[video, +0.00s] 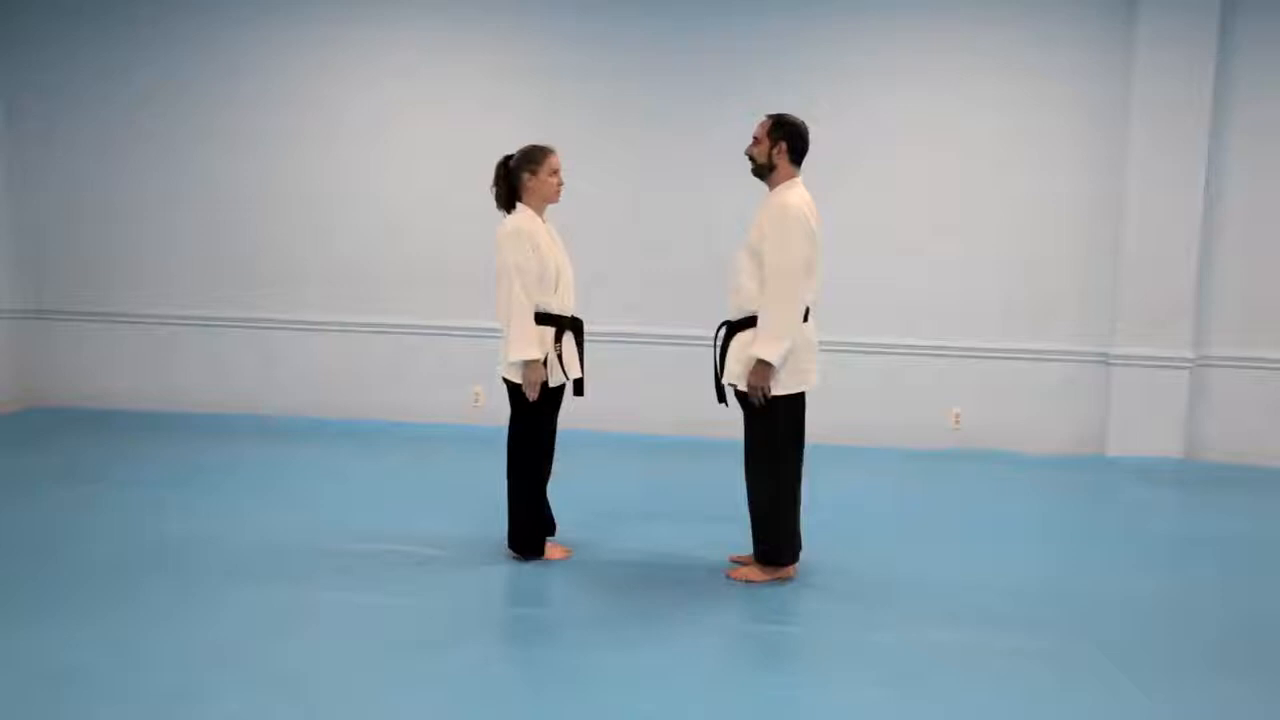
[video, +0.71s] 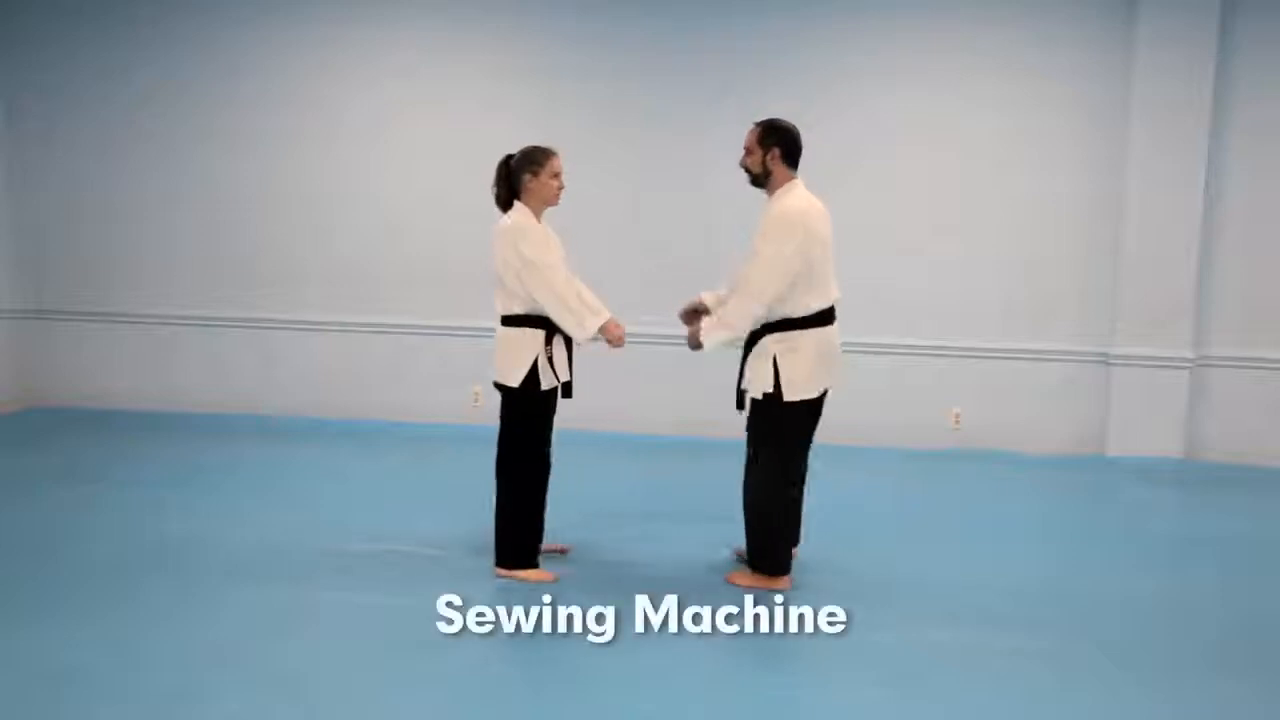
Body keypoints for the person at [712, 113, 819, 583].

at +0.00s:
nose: (748, 147)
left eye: (756, 140)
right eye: (752, 139)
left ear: (780, 149)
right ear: (781, 149)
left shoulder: (789, 207)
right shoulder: (781, 203)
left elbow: (786, 291)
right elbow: (780, 288)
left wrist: (767, 358)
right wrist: (754, 351)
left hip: (776, 359)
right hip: (769, 356)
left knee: (772, 464)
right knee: (769, 462)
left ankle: (777, 560)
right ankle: (772, 551)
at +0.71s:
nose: (742, 159)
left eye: (749, 151)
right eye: (744, 151)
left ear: (774, 156)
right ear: (777, 156)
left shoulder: (787, 213)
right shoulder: (801, 206)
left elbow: (761, 291)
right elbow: (761, 280)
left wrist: (711, 331)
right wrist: (711, 302)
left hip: (788, 357)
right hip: (805, 352)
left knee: (768, 465)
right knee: (782, 462)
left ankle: (771, 569)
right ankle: (775, 551)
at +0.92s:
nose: (748, 174)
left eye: (754, 165)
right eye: (750, 164)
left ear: (781, 171)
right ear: (788, 171)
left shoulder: (793, 224)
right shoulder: (820, 213)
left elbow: (753, 291)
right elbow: (772, 283)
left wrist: (701, 303)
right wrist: (717, 285)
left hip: (807, 364)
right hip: (839, 357)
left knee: (770, 462)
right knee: (811, 444)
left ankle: (772, 572)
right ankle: (870, 514)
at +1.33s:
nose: (801, 207)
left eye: (808, 199)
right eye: (803, 199)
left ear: (836, 203)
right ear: (839, 204)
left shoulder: (850, 255)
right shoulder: (864, 249)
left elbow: (796, 314)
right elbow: (817, 318)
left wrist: (752, 316)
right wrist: (788, 324)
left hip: (848, 389)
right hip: (876, 384)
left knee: (777, 460)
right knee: (908, 466)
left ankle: (771, 570)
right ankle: (972, 542)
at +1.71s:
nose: (812, 212)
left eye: (820, 204)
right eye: (815, 203)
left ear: (847, 209)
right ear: (850, 210)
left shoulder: (858, 261)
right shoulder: (875, 257)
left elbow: (802, 317)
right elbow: (905, 315)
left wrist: (752, 323)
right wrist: (869, 351)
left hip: (844, 397)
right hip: (874, 392)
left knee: (769, 458)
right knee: (907, 471)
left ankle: (769, 572)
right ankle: (973, 547)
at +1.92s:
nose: (812, 212)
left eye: (820, 203)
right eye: (815, 202)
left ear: (847, 209)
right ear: (850, 210)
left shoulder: (858, 262)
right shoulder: (876, 257)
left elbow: (802, 319)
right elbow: (906, 315)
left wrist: (752, 322)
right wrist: (867, 350)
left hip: (845, 397)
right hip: (875, 392)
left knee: (771, 458)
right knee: (907, 471)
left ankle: (769, 571)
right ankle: (973, 546)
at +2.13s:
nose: (812, 212)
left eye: (819, 204)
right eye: (814, 203)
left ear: (847, 210)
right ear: (850, 210)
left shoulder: (859, 261)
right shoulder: (874, 256)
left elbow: (801, 315)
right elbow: (905, 315)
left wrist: (752, 320)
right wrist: (866, 351)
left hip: (844, 396)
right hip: (874, 391)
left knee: (770, 458)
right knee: (905, 471)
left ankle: (769, 571)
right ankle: (973, 546)